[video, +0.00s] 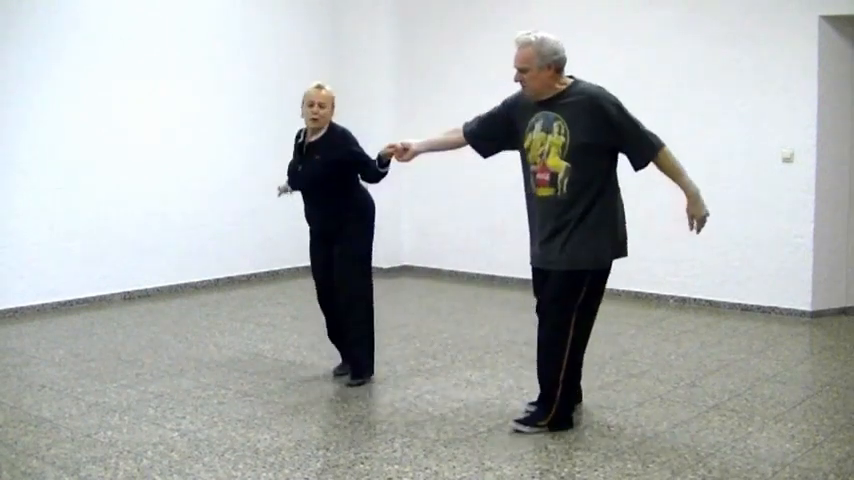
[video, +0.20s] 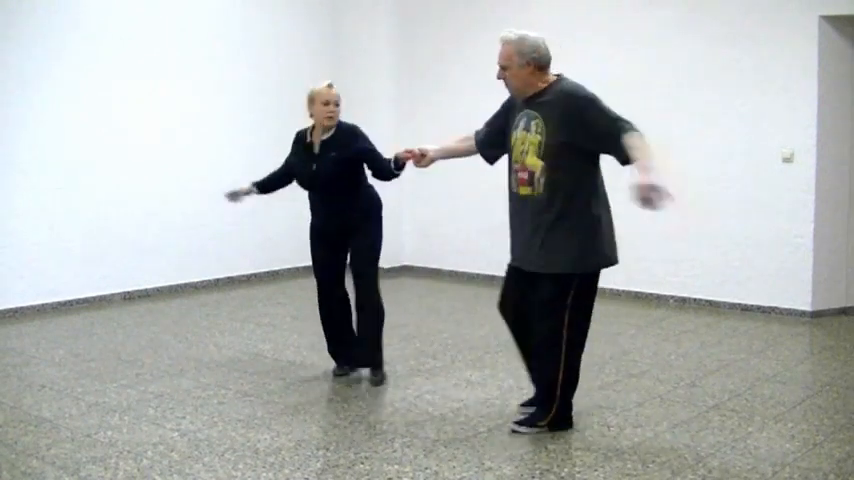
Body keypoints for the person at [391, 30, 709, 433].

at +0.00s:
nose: (516, 77)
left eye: (523, 70)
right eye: (516, 69)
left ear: (553, 70)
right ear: (533, 70)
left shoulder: (594, 103)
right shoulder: (519, 108)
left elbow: (650, 147)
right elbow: (467, 133)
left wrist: (692, 193)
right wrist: (417, 146)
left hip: (590, 239)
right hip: (546, 239)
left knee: (564, 321)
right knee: (551, 318)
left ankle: (555, 409)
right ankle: (563, 397)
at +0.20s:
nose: (500, 76)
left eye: (505, 68)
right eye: (499, 68)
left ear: (533, 67)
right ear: (526, 67)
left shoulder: (572, 100)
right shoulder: (516, 106)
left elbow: (627, 136)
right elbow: (481, 141)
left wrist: (645, 176)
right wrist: (433, 153)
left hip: (575, 245)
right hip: (532, 242)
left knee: (559, 326)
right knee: (515, 308)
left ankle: (556, 412)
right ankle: (547, 391)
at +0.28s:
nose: (492, 72)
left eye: (497, 65)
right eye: (492, 65)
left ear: (523, 66)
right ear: (519, 66)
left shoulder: (555, 96)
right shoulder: (517, 103)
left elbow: (593, 134)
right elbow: (491, 148)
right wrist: (443, 159)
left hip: (560, 247)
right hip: (523, 243)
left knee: (553, 327)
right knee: (498, 301)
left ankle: (555, 411)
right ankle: (522, 388)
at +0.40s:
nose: (479, 74)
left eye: (482, 67)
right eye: (479, 67)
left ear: (504, 66)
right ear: (507, 66)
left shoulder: (531, 97)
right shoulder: (515, 101)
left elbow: (526, 148)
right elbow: (510, 162)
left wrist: (457, 160)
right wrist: (463, 169)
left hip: (530, 242)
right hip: (510, 239)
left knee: (533, 325)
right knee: (481, 308)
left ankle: (552, 410)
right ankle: (463, 392)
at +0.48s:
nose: (468, 79)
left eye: (471, 71)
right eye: (468, 71)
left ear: (489, 69)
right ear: (495, 68)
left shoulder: (511, 101)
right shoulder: (511, 98)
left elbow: (484, 156)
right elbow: (504, 160)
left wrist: (421, 168)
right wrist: (472, 175)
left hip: (511, 239)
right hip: (506, 237)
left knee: (476, 311)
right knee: (512, 318)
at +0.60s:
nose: (451, 81)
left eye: (452, 74)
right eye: (452, 74)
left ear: (462, 70)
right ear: (488, 68)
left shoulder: (474, 102)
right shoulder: (507, 103)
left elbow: (448, 165)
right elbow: (526, 168)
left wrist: (401, 185)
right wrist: (472, 184)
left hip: (474, 237)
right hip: (498, 234)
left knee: (483, 319)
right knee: (455, 314)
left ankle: (541, 398)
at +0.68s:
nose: (438, 80)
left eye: (438, 73)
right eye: (439, 74)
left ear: (446, 70)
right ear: (475, 68)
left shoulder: (454, 102)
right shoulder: (498, 105)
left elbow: (437, 166)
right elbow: (515, 169)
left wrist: (396, 200)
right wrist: (472, 191)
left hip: (455, 232)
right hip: (488, 232)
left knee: (447, 316)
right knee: (451, 316)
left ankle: (509, 383)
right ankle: (426, 397)